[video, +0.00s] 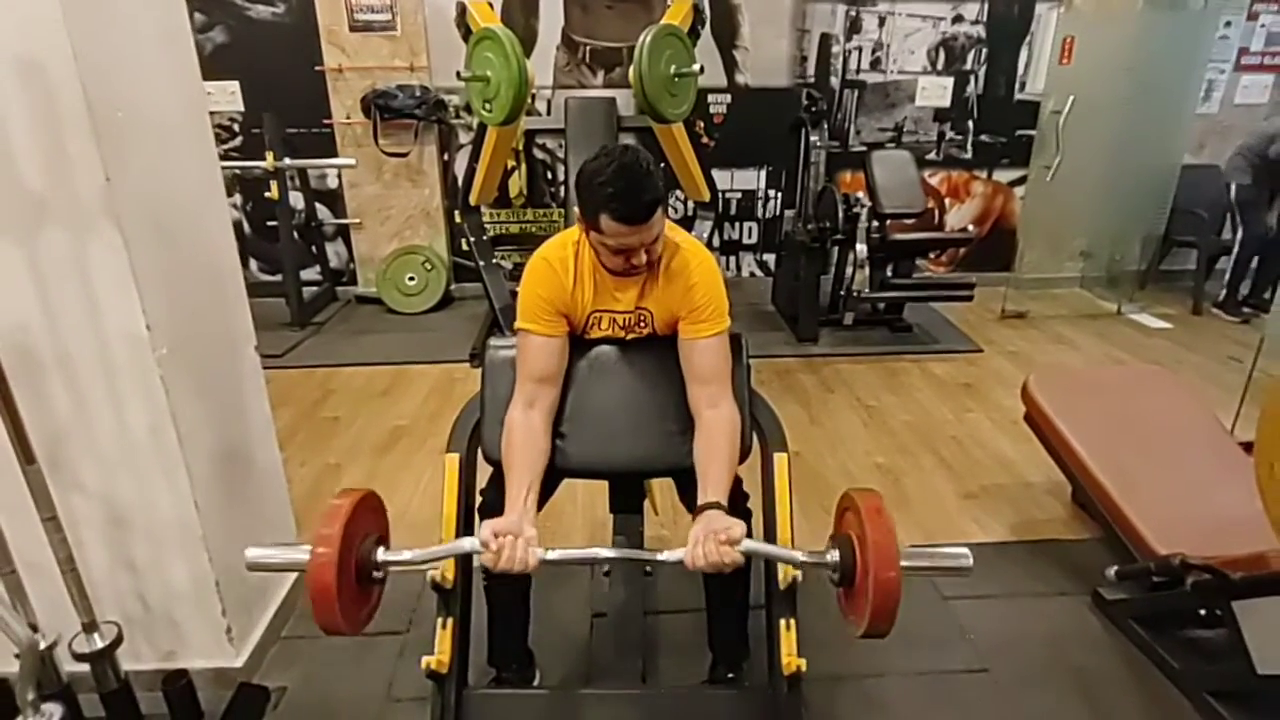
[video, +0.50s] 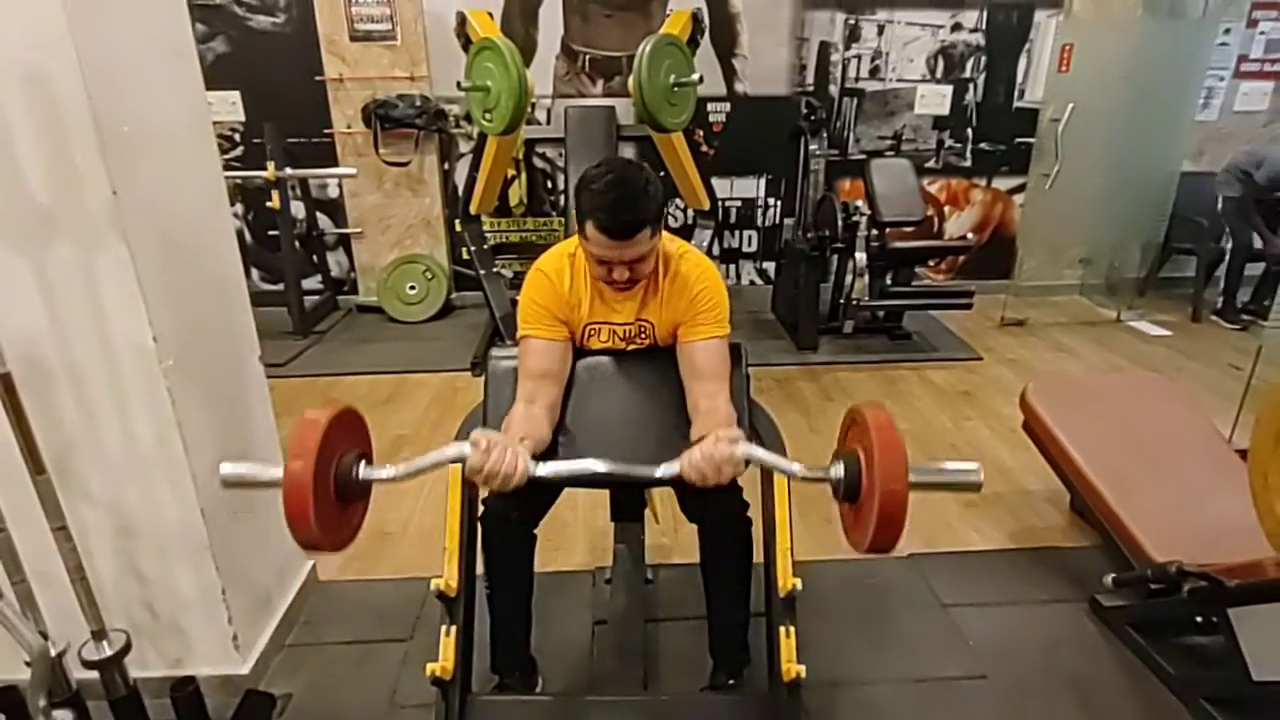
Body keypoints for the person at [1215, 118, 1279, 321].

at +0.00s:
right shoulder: (1276, 125)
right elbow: (1273, 152)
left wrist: (1273, 210)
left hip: (1262, 178)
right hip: (1243, 172)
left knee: (1271, 240)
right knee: (1250, 234)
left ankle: (1255, 297)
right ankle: (1228, 298)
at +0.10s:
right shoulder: (1276, 131)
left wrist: (1273, 213)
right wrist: (1269, 214)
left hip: (1260, 177)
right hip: (1241, 173)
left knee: (1271, 239)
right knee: (1249, 234)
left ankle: (1257, 296)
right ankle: (1229, 297)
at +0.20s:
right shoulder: (1277, 133)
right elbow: (1265, 169)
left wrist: (1273, 217)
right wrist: (1267, 216)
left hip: (1259, 180)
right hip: (1239, 174)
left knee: (1271, 241)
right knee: (1247, 235)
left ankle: (1255, 298)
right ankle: (1228, 299)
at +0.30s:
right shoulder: (1277, 141)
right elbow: (1254, 184)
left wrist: (1273, 225)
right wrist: (1264, 226)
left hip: (1266, 183)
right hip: (1239, 176)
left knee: (1273, 243)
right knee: (1244, 236)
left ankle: (1256, 300)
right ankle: (1228, 302)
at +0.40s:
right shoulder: (1277, 147)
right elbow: (1254, 188)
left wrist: (1273, 226)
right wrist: (1267, 228)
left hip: (1264, 185)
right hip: (1238, 178)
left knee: (1276, 244)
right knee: (1246, 237)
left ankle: (1259, 299)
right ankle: (1230, 301)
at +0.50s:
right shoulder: (1273, 165)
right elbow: (1246, 204)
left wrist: (1274, 239)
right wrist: (1268, 239)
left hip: (1264, 191)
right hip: (1233, 184)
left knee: (1277, 248)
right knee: (1243, 244)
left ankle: (1257, 304)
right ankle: (1227, 306)